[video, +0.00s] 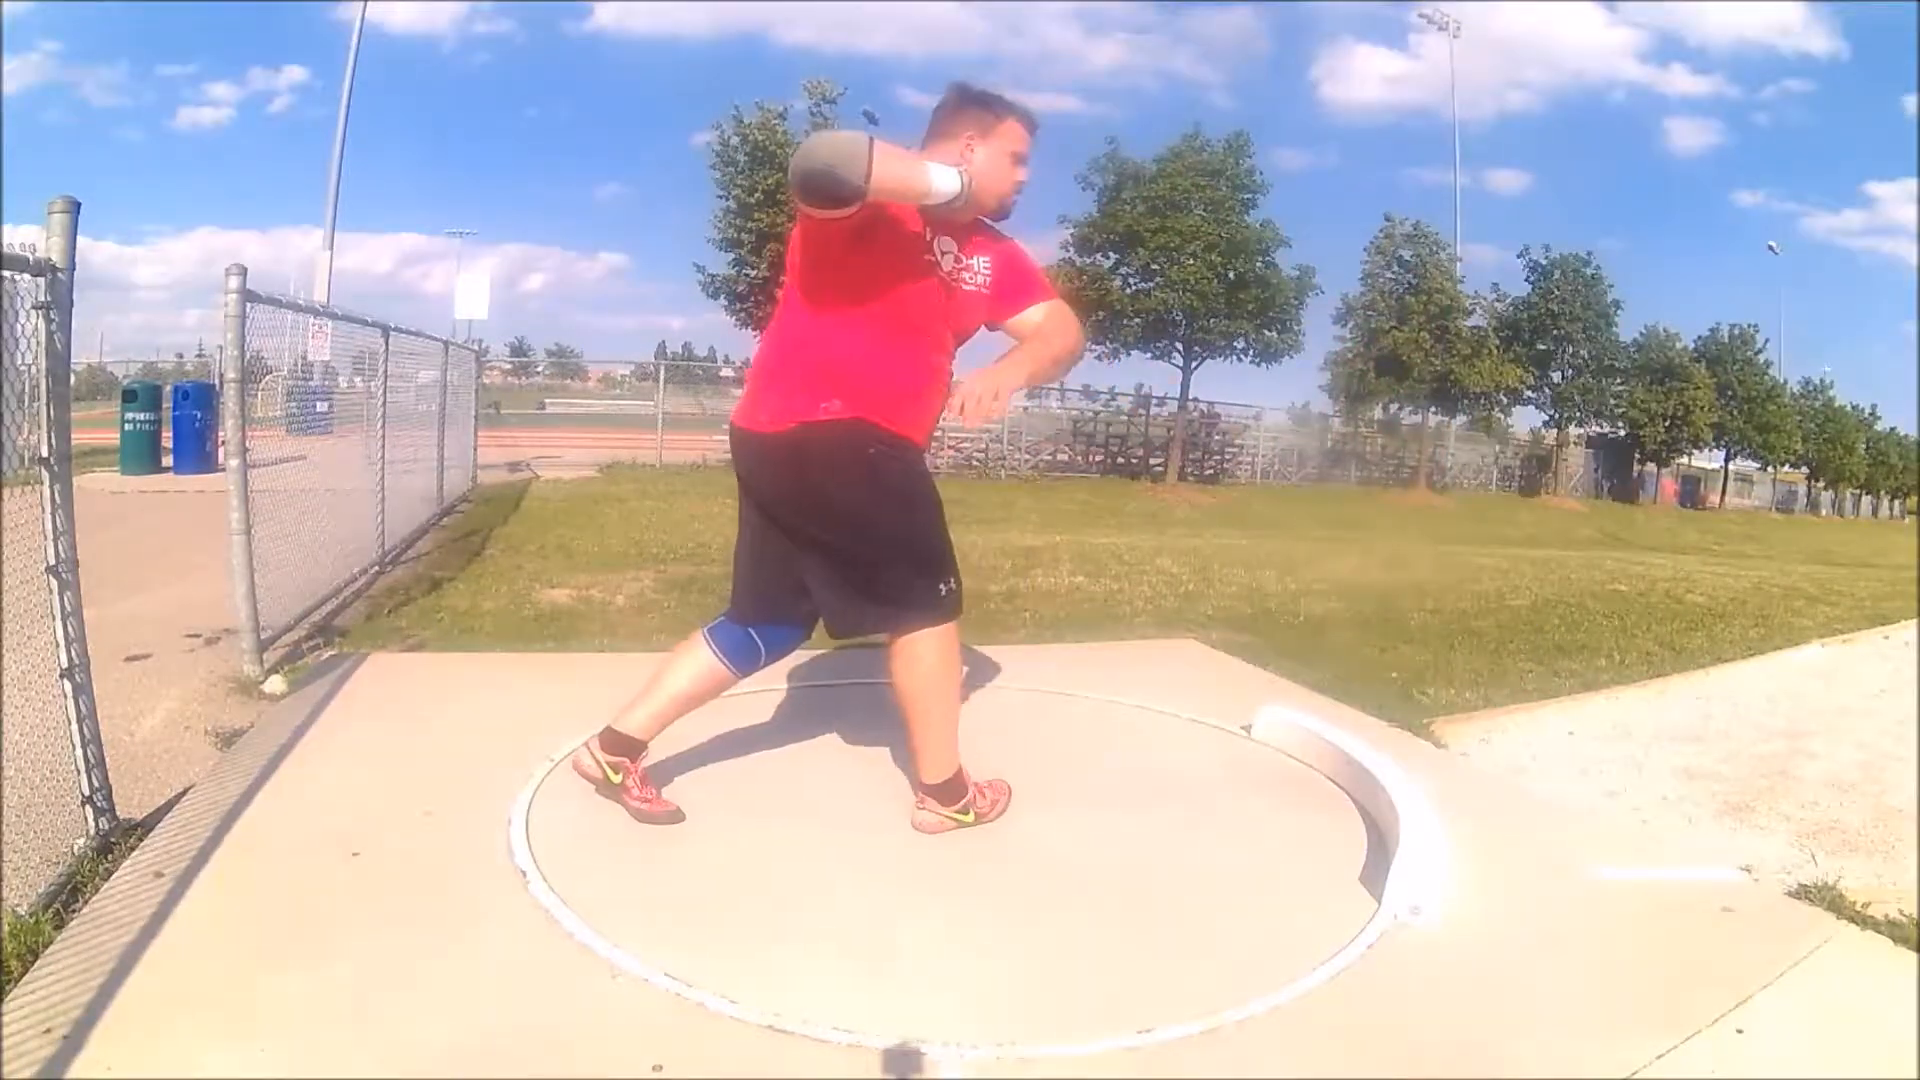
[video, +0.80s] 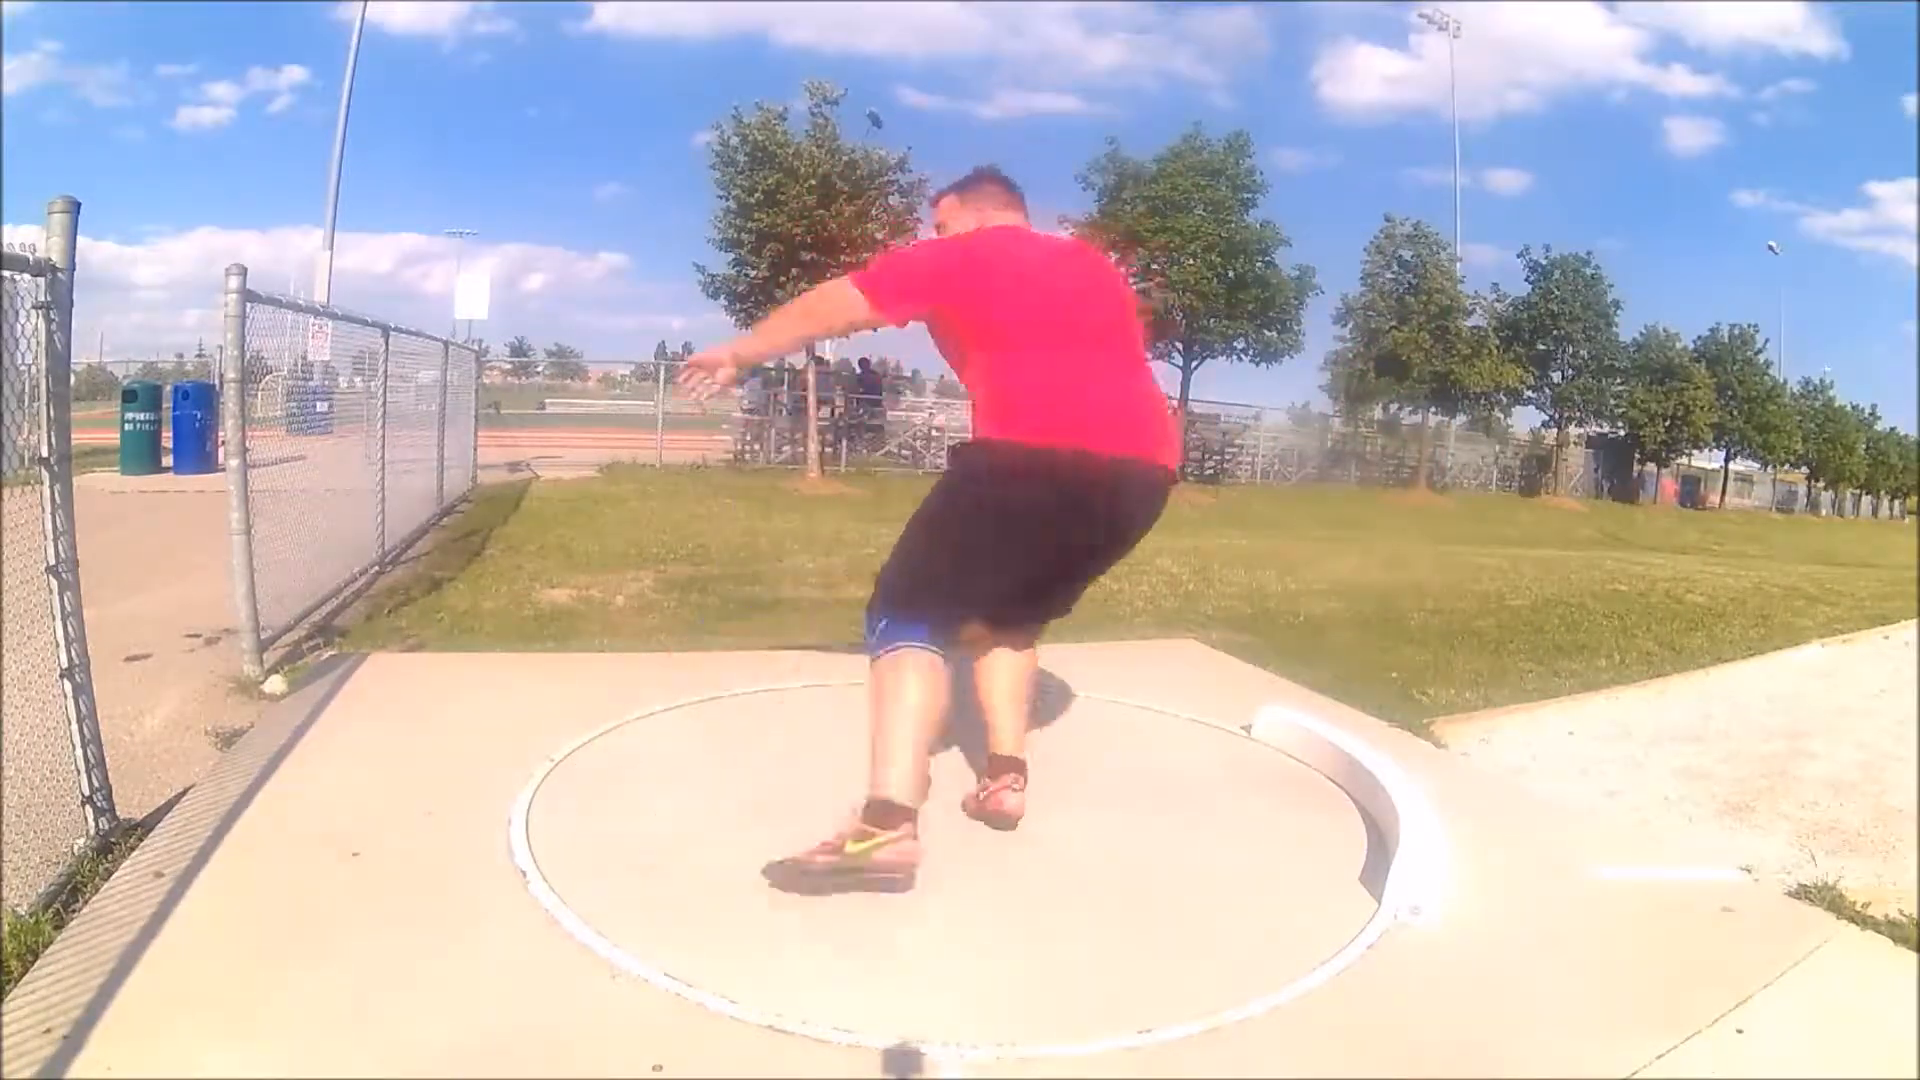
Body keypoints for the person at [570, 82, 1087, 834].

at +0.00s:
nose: (1023, 179)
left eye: (1026, 164)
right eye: (1017, 159)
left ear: (980, 153)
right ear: (966, 147)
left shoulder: (990, 256)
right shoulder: (853, 195)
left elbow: (1063, 331)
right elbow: (818, 157)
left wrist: (1005, 375)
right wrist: (948, 180)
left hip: (768, 432)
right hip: (848, 431)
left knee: (765, 622)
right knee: (925, 600)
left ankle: (617, 745)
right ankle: (941, 789)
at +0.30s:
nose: (1021, 209)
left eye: (1026, 193)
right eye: (1021, 189)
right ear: (985, 172)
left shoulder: (984, 277)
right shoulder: (869, 202)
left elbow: (1042, 352)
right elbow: (910, 200)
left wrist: (1071, 405)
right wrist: (988, 212)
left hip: (748, 432)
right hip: (847, 440)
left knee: (753, 619)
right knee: (928, 601)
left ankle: (612, 753)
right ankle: (940, 788)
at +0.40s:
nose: (1025, 217)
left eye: (1027, 204)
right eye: (1025, 202)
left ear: (957, 168)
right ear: (1006, 184)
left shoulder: (962, 281)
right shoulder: (928, 208)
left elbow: (1023, 366)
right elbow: (1008, 228)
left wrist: (1103, 436)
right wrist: (1053, 244)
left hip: (742, 435)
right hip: (849, 451)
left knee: (746, 620)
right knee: (945, 603)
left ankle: (612, 761)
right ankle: (941, 788)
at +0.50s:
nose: (1035, 222)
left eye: (1026, 210)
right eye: (1034, 212)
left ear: (962, 192)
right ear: (1029, 208)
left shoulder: (908, 238)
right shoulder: (1006, 236)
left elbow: (981, 375)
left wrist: (1056, 439)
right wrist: (1063, 243)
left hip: (756, 442)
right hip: (879, 461)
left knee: (744, 622)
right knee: (966, 604)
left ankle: (613, 769)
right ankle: (944, 789)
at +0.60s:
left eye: (979, 205)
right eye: (1017, 215)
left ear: (960, 204)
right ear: (1029, 217)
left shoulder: (905, 248)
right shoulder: (1049, 258)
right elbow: (1165, 310)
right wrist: (1117, 271)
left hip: (814, 446)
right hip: (940, 476)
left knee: (738, 624)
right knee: (995, 612)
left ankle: (617, 778)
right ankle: (948, 786)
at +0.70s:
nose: (940, 227)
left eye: (941, 217)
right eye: (946, 219)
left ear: (949, 213)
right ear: (1017, 215)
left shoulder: (912, 258)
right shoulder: (1080, 262)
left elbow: (828, 341)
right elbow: (1137, 327)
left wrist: (801, 400)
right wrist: (1071, 325)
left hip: (922, 448)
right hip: (1060, 467)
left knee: (788, 619)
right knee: (1013, 621)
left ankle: (654, 764)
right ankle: (975, 783)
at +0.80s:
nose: (937, 237)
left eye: (941, 225)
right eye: (939, 226)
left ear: (965, 212)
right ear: (1018, 214)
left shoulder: (948, 254)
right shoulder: (1094, 260)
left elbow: (830, 306)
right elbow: (1133, 348)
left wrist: (738, 353)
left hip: (1020, 454)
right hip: (1139, 468)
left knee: (905, 616)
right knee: (1009, 608)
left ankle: (888, 819)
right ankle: (1007, 767)